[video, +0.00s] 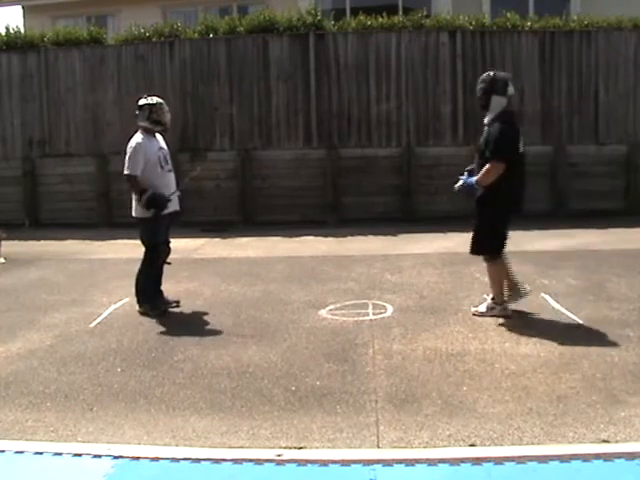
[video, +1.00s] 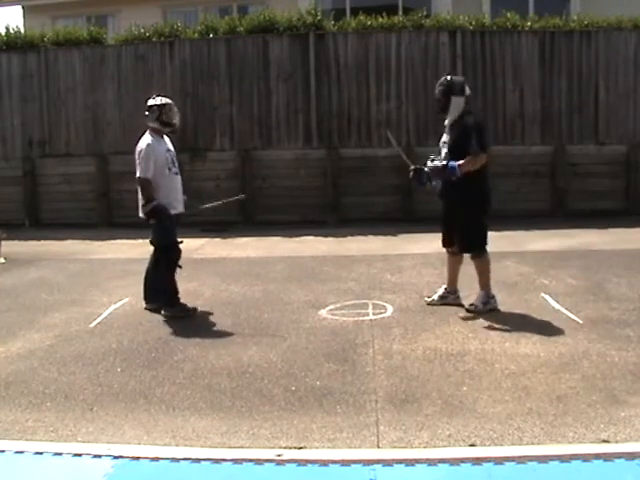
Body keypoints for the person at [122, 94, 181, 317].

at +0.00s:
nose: (163, 116)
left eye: (163, 111)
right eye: (159, 112)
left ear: (158, 115)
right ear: (149, 115)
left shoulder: (157, 138)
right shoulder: (138, 144)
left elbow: (158, 170)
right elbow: (130, 176)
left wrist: (172, 192)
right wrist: (147, 196)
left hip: (165, 208)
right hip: (149, 211)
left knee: (161, 251)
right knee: (154, 252)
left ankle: (155, 295)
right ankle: (146, 300)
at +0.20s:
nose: (167, 117)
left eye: (166, 113)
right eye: (162, 113)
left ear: (159, 116)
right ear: (151, 116)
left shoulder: (158, 139)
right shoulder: (139, 145)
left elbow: (161, 173)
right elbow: (137, 178)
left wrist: (171, 201)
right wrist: (145, 206)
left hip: (167, 207)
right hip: (153, 209)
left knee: (162, 253)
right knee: (156, 253)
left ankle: (157, 296)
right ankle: (148, 300)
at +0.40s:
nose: (169, 119)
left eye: (169, 114)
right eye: (165, 114)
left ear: (155, 118)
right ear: (155, 117)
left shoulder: (159, 140)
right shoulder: (139, 144)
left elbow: (157, 170)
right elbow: (130, 175)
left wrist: (169, 192)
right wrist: (148, 194)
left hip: (166, 209)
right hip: (151, 212)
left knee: (162, 252)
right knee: (157, 252)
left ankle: (156, 296)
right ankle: (148, 300)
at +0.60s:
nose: (168, 120)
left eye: (167, 116)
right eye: (164, 116)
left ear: (154, 119)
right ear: (155, 118)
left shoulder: (160, 139)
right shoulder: (139, 144)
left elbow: (164, 169)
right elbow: (135, 175)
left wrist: (172, 187)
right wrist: (155, 191)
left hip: (166, 208)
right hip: (151, 210)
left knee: (162, 252)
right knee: (159, 251)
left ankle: (156, 296)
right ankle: (149, 300)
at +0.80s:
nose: (168, 118)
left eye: (168, 113)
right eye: (164, 114)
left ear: (161, 117)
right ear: (154, 116)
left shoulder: (160, 140)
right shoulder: (142, 145)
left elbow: (164, 172)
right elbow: (141, 178)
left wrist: (175, 194)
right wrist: (154, 201)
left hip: (167, 206)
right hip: (154, 208)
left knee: (164, 251)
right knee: (162, 251)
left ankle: (159, 295)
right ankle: (154, 298)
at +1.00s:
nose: (173, 117)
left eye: (173, 112)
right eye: (168, 112)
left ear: (165, 116)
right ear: (157, 115)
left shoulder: (164, 140)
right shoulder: (147, 145)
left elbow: (166, 173)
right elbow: (143, 179)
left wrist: (177, 197)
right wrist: (152, 204)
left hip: (171, 206)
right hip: (160, 207)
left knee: (163, 252)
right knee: (169, 252)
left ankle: (154, 297)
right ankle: (170, 301)